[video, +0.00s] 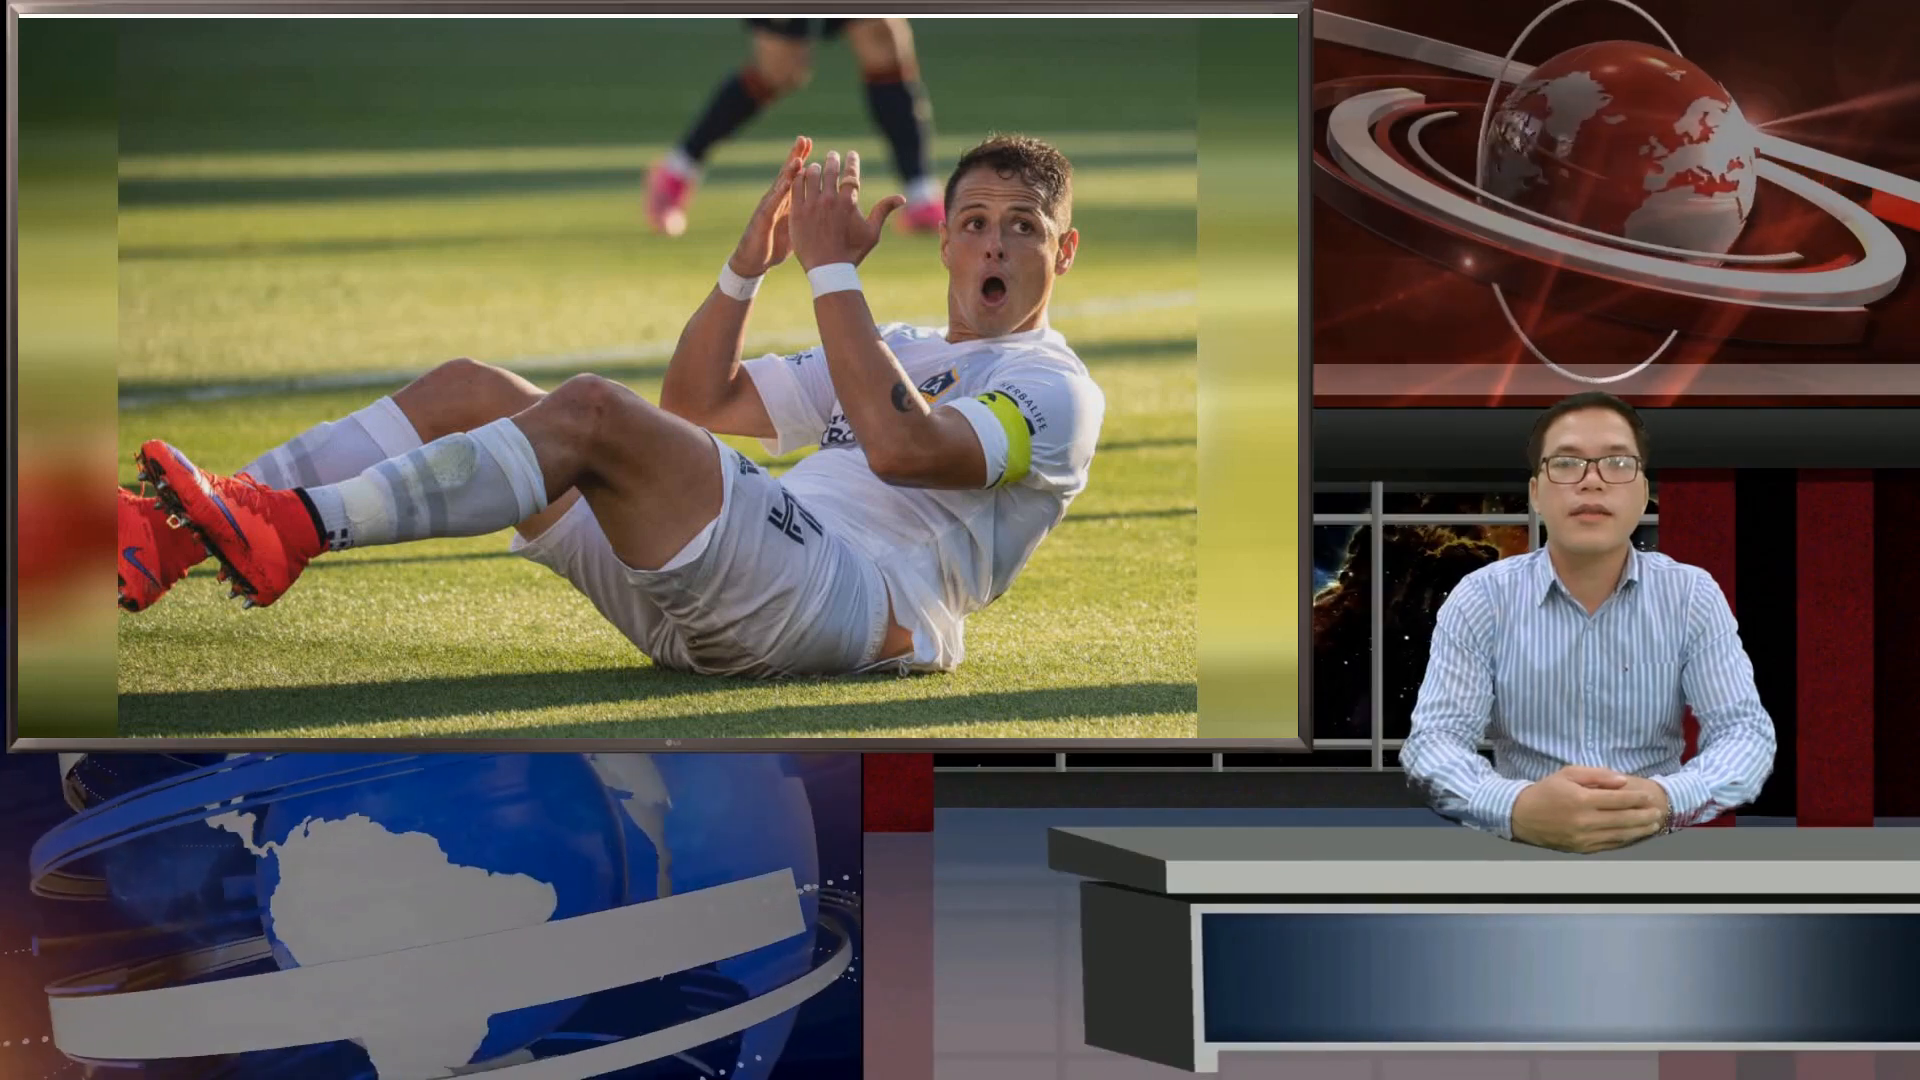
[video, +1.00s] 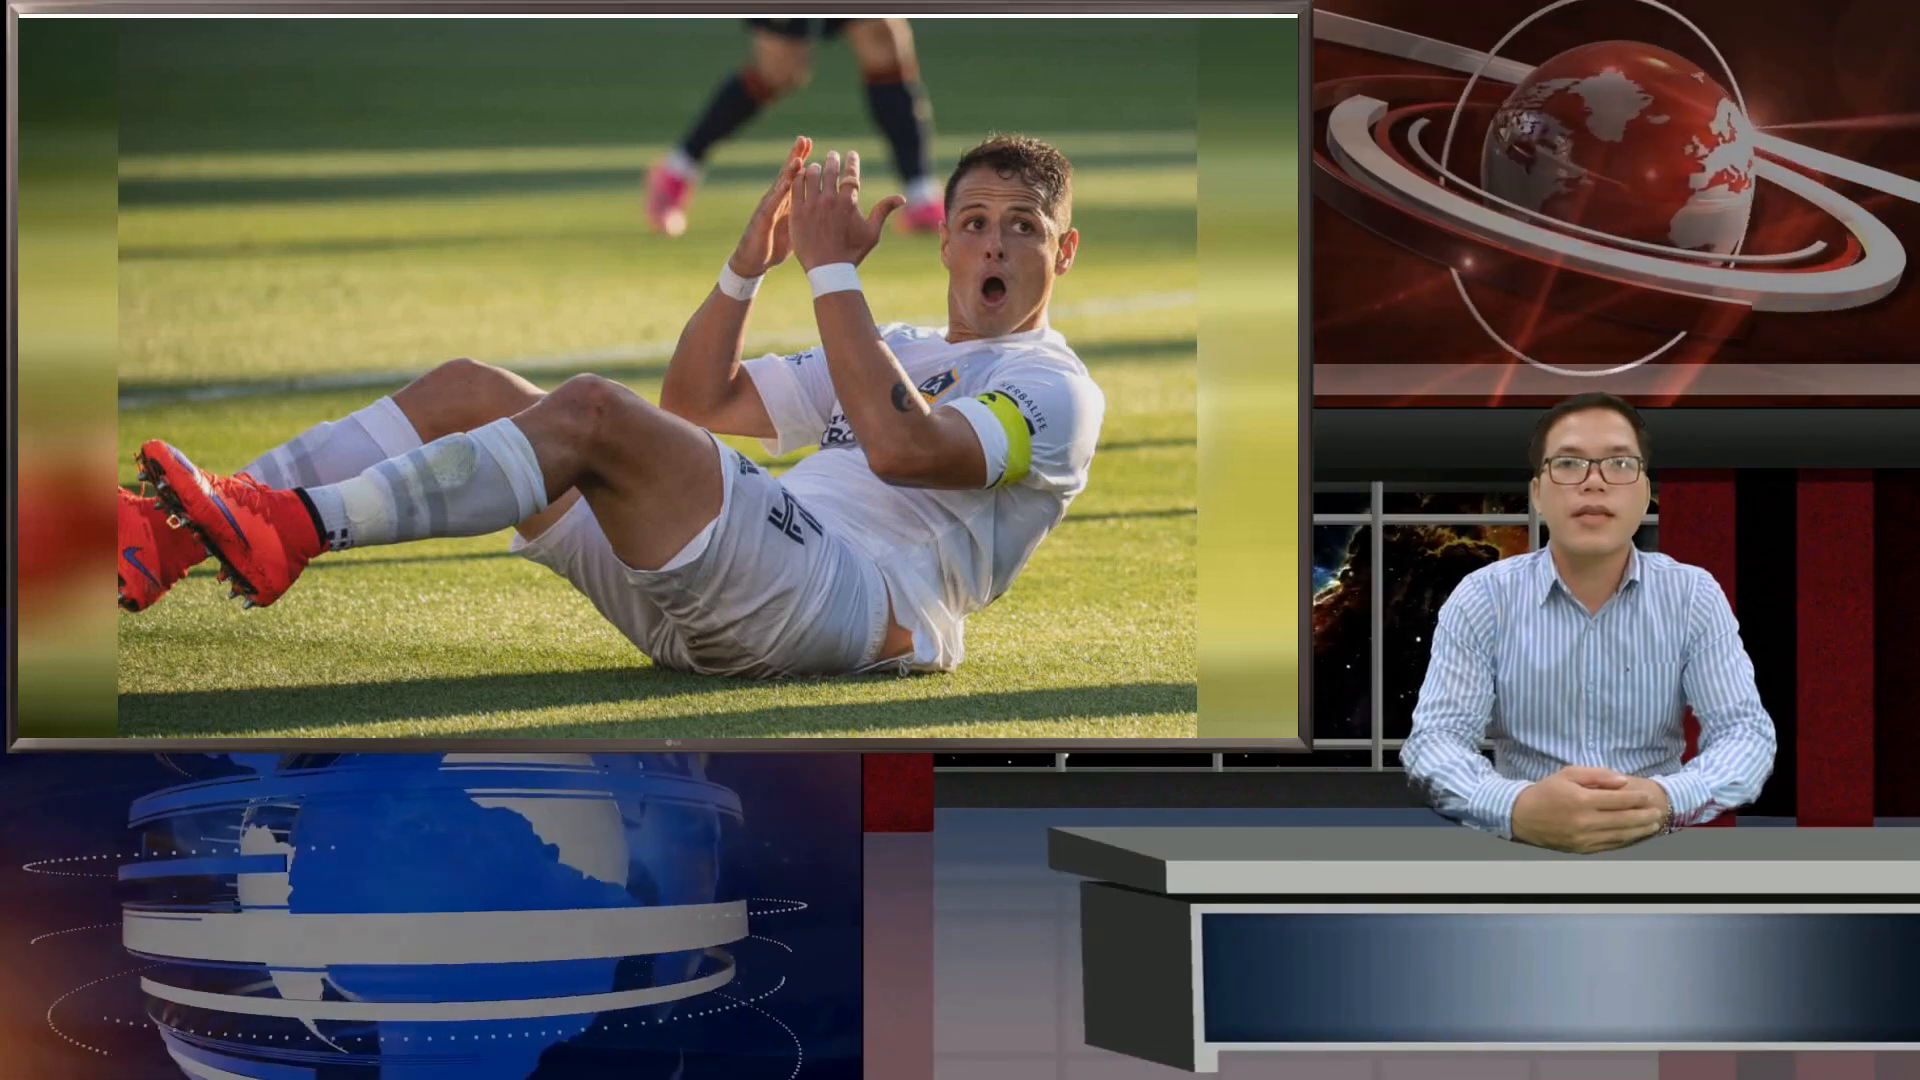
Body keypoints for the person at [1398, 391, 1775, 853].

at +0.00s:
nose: (1591, 481)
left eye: (1616, 463)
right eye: (1566, 463)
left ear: (1643, 493)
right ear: (1536, 494)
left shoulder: (1688, 598)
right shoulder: (1483, 601)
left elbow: (1744, 734)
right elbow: (1432, 745)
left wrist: (1668, 800)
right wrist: (1515, 809)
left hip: (1656, 851)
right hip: (1519, 854)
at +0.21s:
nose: (1592, 481)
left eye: (1616, 463)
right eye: (1567, 463)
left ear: (1644, 493)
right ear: (1537, 494)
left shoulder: (1689, 597)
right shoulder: (1483, 600)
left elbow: (1744, 734)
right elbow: (1432, 745)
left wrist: (1668, 799)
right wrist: (1514, 809)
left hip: (1655, 853)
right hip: (1519, 856)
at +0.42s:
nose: (1593, 481)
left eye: (1617, 463)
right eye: (1568, 463)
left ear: (1644, 494)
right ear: (1537, 494)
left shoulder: (1689, 597)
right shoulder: (1483, 600)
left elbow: (1745, 734)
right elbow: (1432, 745)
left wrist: (1667, 800)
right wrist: (1514, 809)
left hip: (1656, 853)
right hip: (1520, 856)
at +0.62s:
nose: (1593, 482)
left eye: (1618, 463)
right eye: (1568, 463)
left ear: (1645, 493)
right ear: (1537, 494)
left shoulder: (1690, 597)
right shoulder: (1483, 601)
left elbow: (1745, 734)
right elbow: (1432, 745)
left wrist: (1667, 800)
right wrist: (1514, 809)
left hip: (1655, 852)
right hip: (1520, 856)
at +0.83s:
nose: (1594, 482)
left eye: (1618, 463)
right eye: (1568, 463)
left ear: (1645, 494)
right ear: (1538, 495)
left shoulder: (1690, 598)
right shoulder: (1484, 600)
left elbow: (1745, 735)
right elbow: (1432, 745)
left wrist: (1667, 800)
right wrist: (1514, 809)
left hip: (1656, 853)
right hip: (1520, 856)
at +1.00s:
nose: (1594, 482)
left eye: (1618, 464)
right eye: (1568, 463)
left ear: (1645, 494)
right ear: (1538, 494)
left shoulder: (1690, 598)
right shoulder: (1484, 600)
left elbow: (1744, 735)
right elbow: (1432, 745)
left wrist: (1667, 799)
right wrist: (1515, 809)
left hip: (1655, 850)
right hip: (1518, 853)